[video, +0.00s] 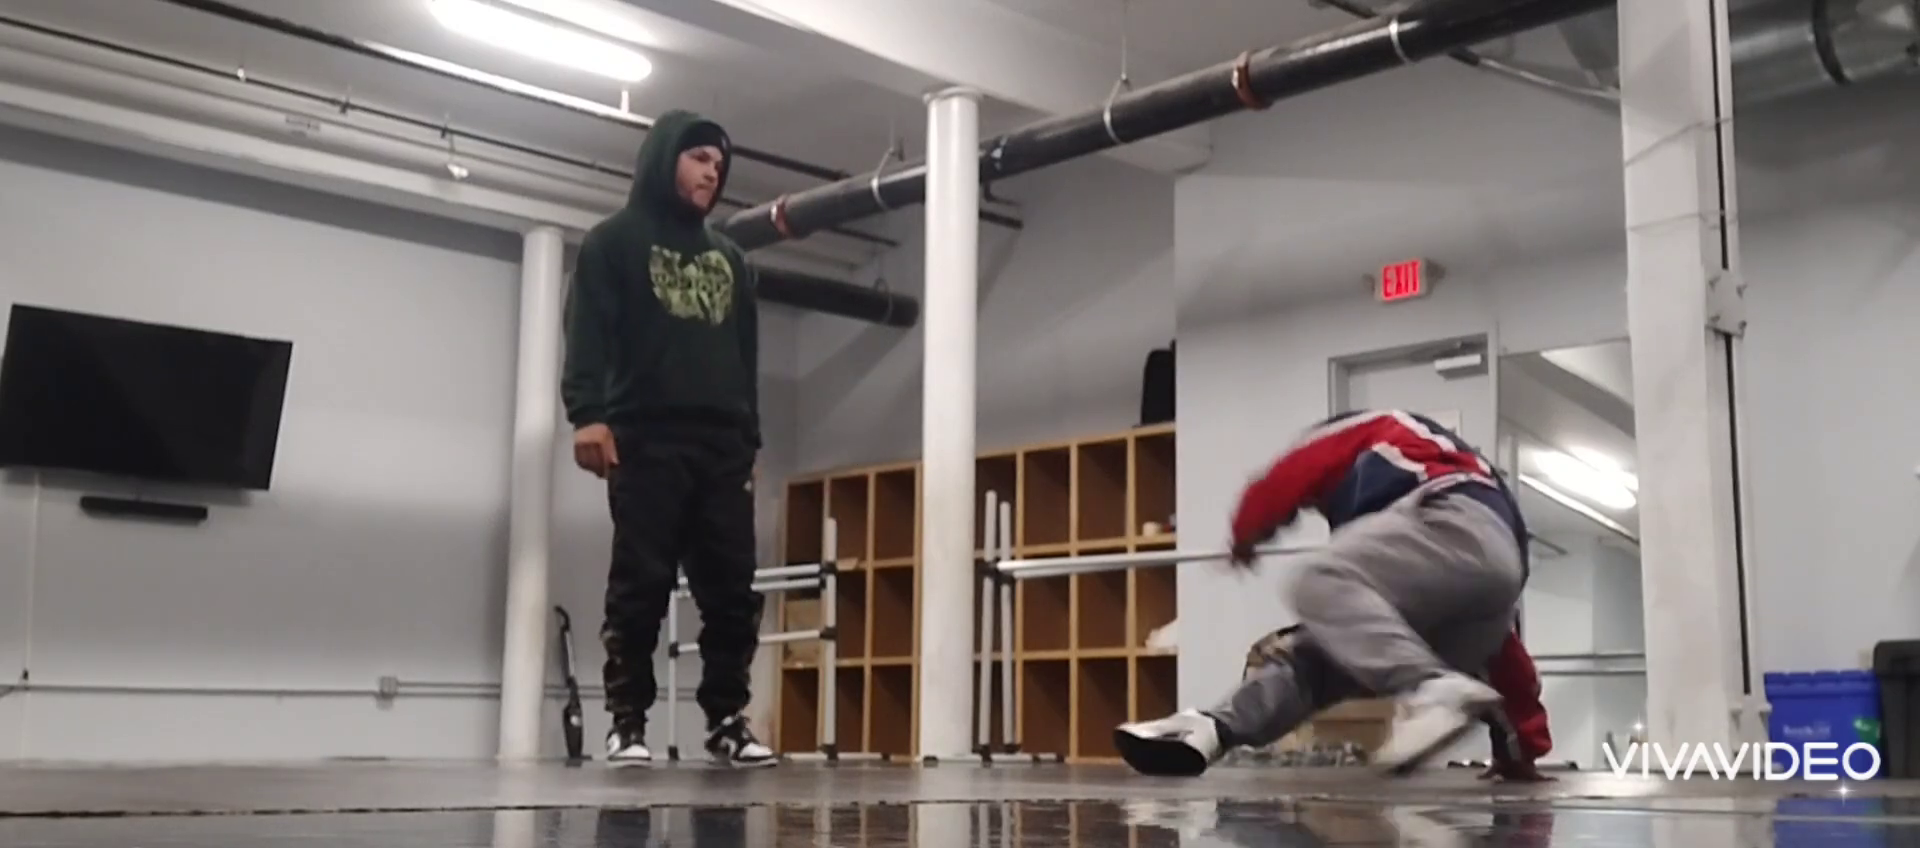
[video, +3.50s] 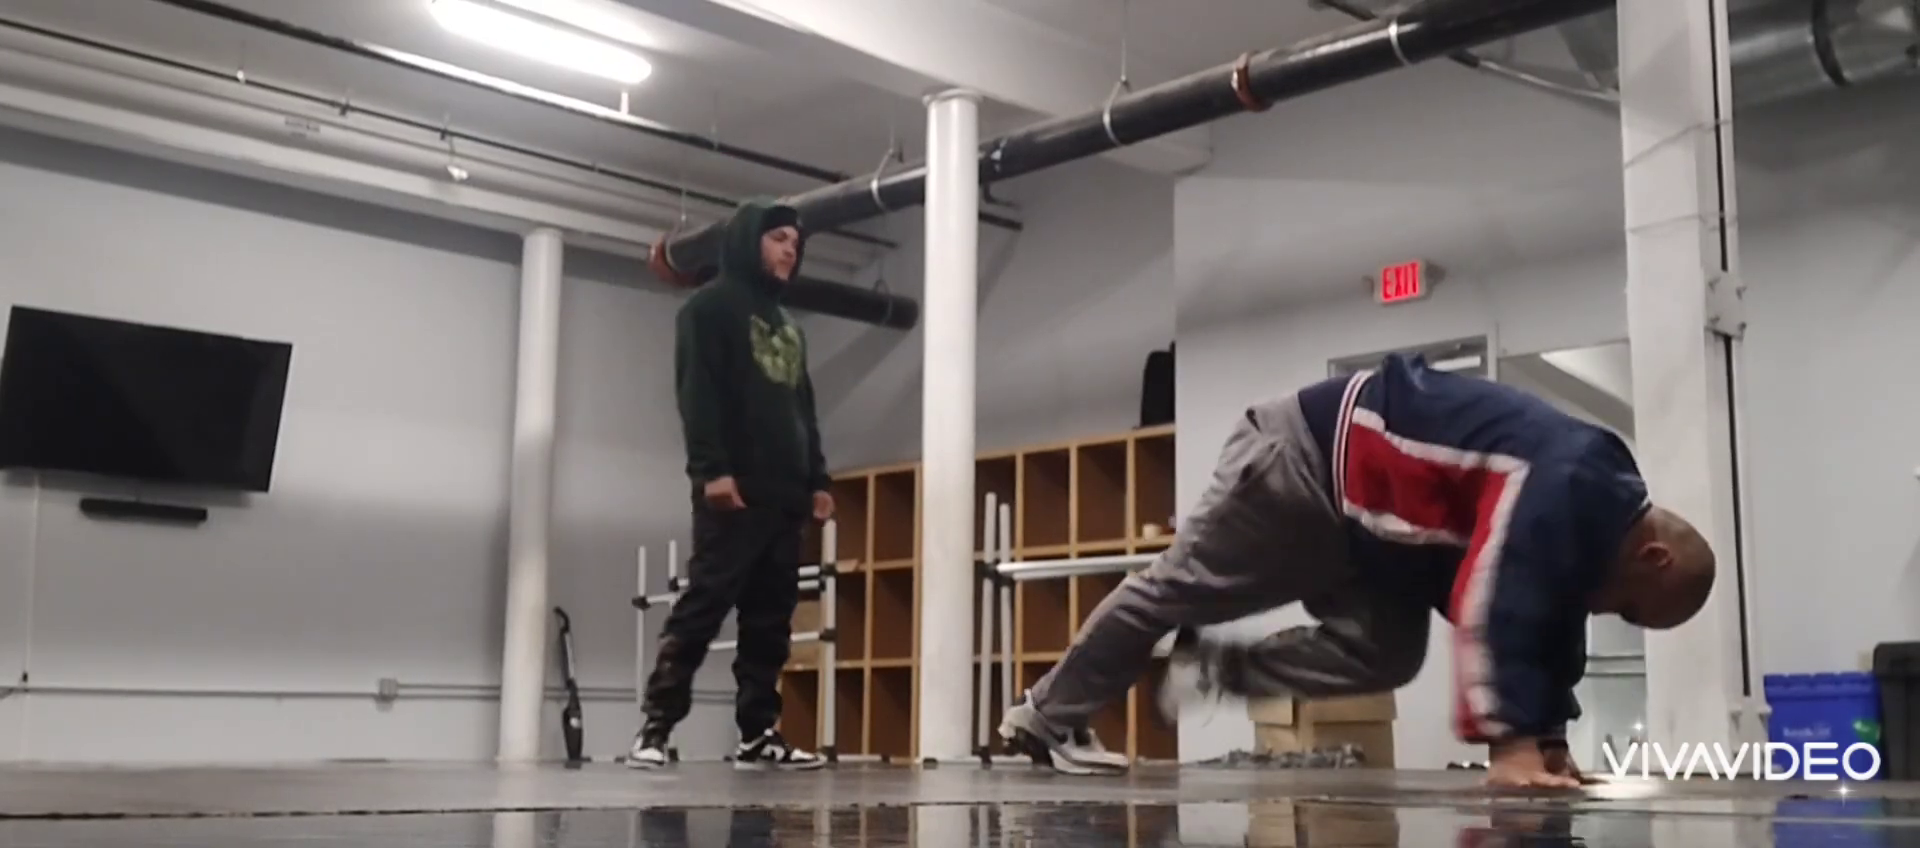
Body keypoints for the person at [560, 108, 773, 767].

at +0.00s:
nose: (710, 173)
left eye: (718, 164)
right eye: (699, 158)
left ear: (720, 176)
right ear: (662, 159)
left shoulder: (729, 255)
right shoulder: (613, 240)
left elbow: (744, 353)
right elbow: (588, 333)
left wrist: (746, 439)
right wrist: (589, 417)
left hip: (722, 441)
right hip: (646, 437)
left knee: (731, 590)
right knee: (640, 585)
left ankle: (727, 723)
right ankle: (628, 726)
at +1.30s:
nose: (742, 208)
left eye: (747, 199)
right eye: (730, 195)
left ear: (745, 211)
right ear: (696, 198)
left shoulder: (735, 287)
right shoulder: (654, 269)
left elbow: (749, 382)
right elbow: (648, 368)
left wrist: (759, 469)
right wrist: (672, 448)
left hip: (725, 458)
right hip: (664, 454)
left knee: (704, 602)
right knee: (648, 589)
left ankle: (684, 731)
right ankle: (626, 725)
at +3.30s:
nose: (759, 245)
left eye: (764, 237)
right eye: (748, 233)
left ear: (766, 249)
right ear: (716, 237)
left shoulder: (765, 322)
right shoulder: (674, 304)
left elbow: (780, 406)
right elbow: (655, 388)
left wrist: (789, 476)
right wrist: (668, 465)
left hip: (754, 490)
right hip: (694, 485)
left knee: (751, 619)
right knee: (668, 613)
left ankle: (756, 734)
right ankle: (646, 735)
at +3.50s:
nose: (789, 251)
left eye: (794, 244)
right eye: (779, 239)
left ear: (795, 255)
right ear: (748, 241)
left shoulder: (787, 325)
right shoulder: (707, 308)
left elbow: (804, 409)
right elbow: (697, 394)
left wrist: (817, 481)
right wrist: (711, 471)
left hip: (785, 489)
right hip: (730, 485)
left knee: (770, 615)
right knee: (703, 607)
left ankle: (758, 735)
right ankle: (655, 732)